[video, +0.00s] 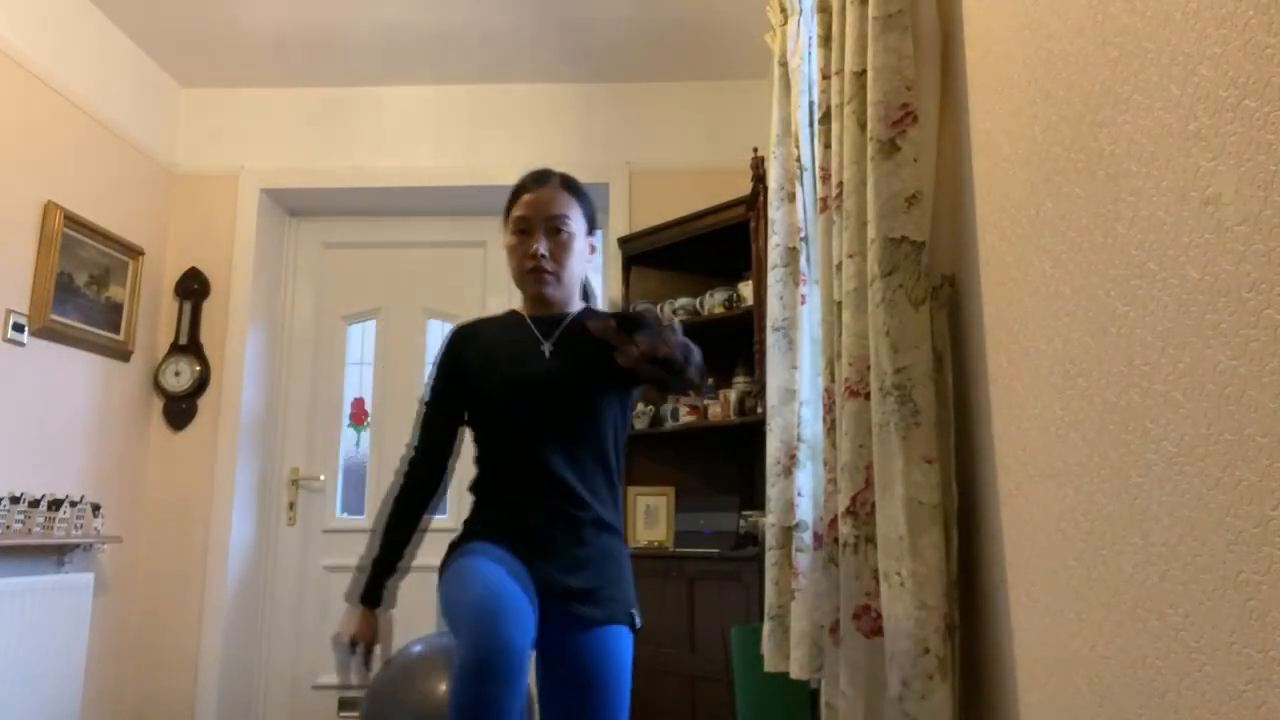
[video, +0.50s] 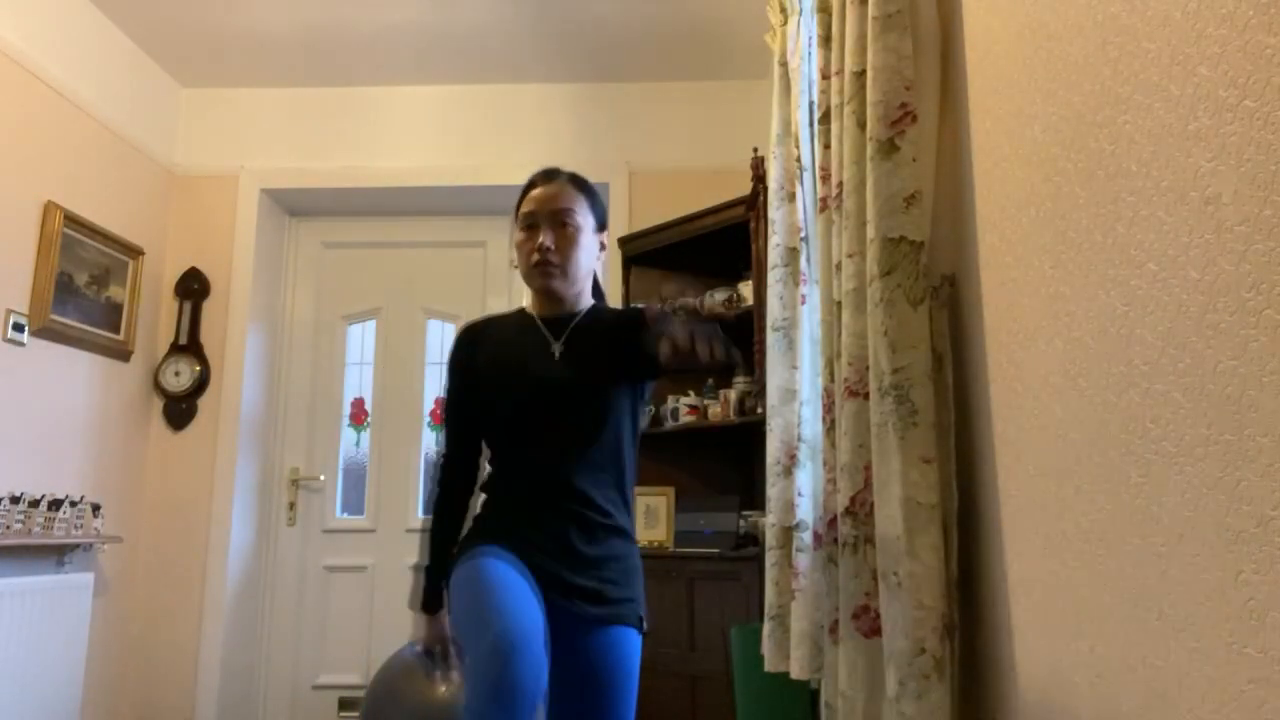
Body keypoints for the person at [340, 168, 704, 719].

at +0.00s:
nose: (537, 247)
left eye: (557, 231)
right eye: (522, 231)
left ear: (590, 248)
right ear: (505, 245)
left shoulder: (621, 336)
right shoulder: (473, 344)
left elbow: (685, 373)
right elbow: (425, 471)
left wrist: (664, 352)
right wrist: (369, 596)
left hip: (591, 555)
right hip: (495, 547)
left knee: (601, 709)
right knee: (496, 646)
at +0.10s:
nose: (536, 249)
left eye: (557, 234)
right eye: (524, 232)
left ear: (593, 251)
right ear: (509, 246)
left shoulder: (621, 342)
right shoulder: (480, 350)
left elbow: (652, 347)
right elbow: (448, 477)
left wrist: (619, 305)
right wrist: (411, 599)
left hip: (595, 576)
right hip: (493, 567)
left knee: (606, 709)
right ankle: (524, 701)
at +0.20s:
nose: (534, 253)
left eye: (550, 241)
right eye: (523, 240)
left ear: (578, 257)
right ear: (509, 258)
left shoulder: (627, 348)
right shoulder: (480, 361)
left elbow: (629, 326)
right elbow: (462, 483)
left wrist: (595, 275)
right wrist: (444, 607)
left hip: (596, 589)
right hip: (493, 587)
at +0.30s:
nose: (540, 251)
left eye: (559, 238)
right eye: (527, 239)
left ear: (594, 257)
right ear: (512, 258)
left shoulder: (630, 352)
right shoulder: (483, 361)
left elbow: (635, 313)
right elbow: (467, 490)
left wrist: (616, 245)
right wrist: (460, 616)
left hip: (596, 596)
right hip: (498, 594)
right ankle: (559, 384)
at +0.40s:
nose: (542, 249)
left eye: (562, 232)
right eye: (528, 234)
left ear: (601, 250)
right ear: (513, 250)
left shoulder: (629, 340)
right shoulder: (481, 353)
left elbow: (653, 331)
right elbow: (468, 483)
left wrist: (649, 280)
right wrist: (458, 603)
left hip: (598, 593)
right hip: (499, 593)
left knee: (604, 710)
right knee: (493, 712)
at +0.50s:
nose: (542, 240)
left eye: (562, 223)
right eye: (528, 226)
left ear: (600, 245)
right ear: (514, 245)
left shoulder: (626, 331)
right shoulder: (482, 342)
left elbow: (655, 338)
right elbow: (457, 475)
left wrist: (683, 334)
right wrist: (433, 600)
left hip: (603, 559)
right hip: (502, 549)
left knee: (608, 708)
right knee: (514, 680)